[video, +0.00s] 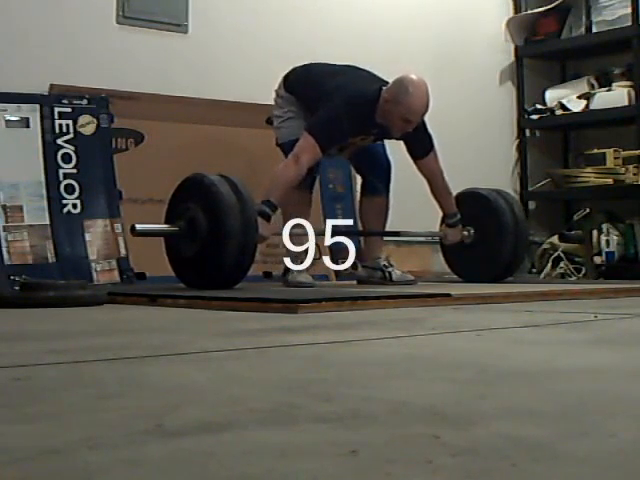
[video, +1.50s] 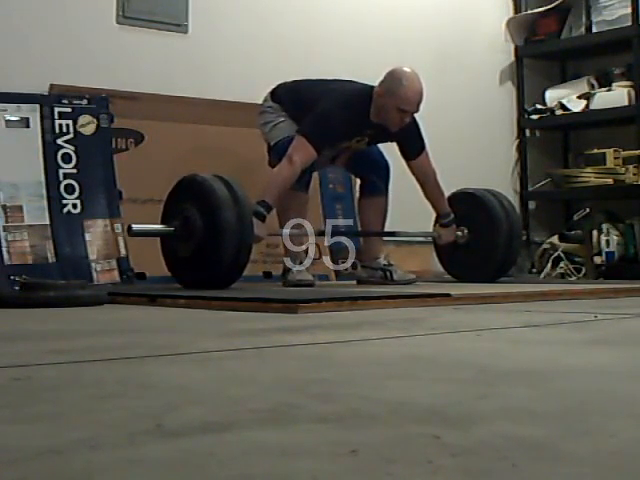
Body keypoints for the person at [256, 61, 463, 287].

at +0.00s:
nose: (410, 130)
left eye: (415, 124)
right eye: (405, 121)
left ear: (422, 115)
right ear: (385, 103)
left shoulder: (409, 117)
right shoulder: (348, 108)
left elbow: (432, 171)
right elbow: (299, 161)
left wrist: (453, 218)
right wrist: (266, 210)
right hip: (296, 102)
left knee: (379, 170)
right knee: (303, 172)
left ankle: (372, 263)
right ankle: (296, 265)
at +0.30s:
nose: (405, 133)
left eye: (411, 126)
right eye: (401, 124)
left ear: (417, 116)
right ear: (380, 105)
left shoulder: (404, 118)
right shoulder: (342, 109)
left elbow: (427, 171)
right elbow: (290, 155)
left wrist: (451, 218)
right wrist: (261, 210)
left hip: (335, 119)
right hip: (286, 104)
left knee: (376, 168)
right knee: (297, 168)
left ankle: (370, 263)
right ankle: (296, 266)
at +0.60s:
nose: (406, 124)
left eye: (411, 118)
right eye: (401, 116)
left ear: (416, 110)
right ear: (380, 102)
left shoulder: (404, 117)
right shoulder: (342, 109)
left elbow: (425, 166)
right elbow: (296, 159)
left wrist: (450, 217)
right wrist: (264, 211)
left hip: (332, 121)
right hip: (285, 108)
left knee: (377, 168)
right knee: (298, 170)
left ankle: (370, 261)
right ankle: (296, 266)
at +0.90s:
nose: (405, 121)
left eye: (410, 114)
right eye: (401, 112)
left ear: (416, 108)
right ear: (379, 98)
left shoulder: (404, 120)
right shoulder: (341, 108)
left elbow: (426, 169)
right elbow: (298, 160)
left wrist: (448, 217)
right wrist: (265, 210)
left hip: (333, 125)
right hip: (284, 112)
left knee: (378, 168)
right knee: (298, 169)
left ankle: (371, 263)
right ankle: (296, 265)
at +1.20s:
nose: (405, 120)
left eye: (411, 113)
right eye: (401, 111)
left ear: (416, 107)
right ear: (380, 96)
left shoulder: (405, 120)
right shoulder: (340, 108)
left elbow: (425, 170)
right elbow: (296, 161)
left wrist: (446, 217)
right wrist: (262, 213)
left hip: (331, 125)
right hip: (283, 111)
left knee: (376, 168)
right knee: (298, 167)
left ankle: (372, 263)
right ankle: (296, 266)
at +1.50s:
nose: (406, 121)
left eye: (411, 114)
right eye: (401, 112)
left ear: (416, 107)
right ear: (380, 97)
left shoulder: (404, 121)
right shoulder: (341, 107)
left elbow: (424, 171)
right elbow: (294, 160)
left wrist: (446, 217)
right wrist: (260, 212)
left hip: (329, 126)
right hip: (282, 113)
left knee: (376, 167)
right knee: (297, 169)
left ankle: (371, 263)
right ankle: (296, 266)